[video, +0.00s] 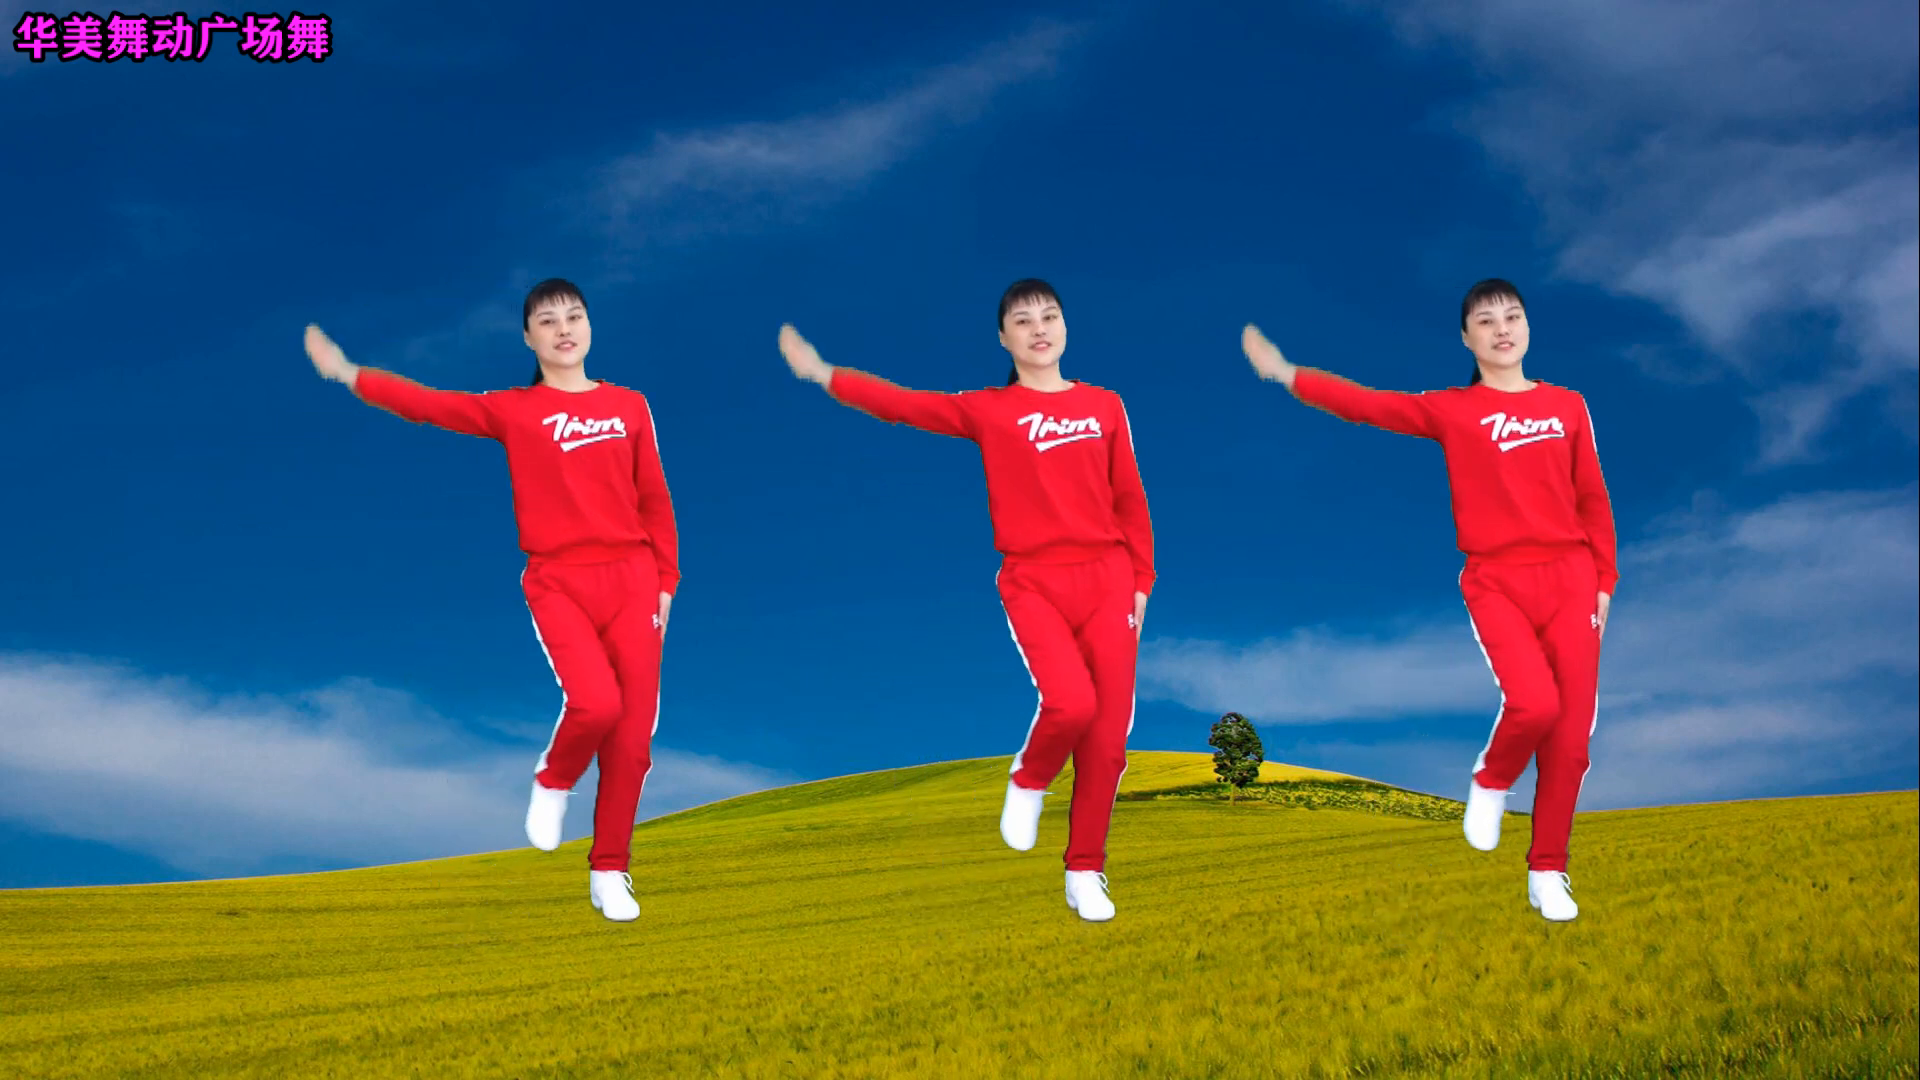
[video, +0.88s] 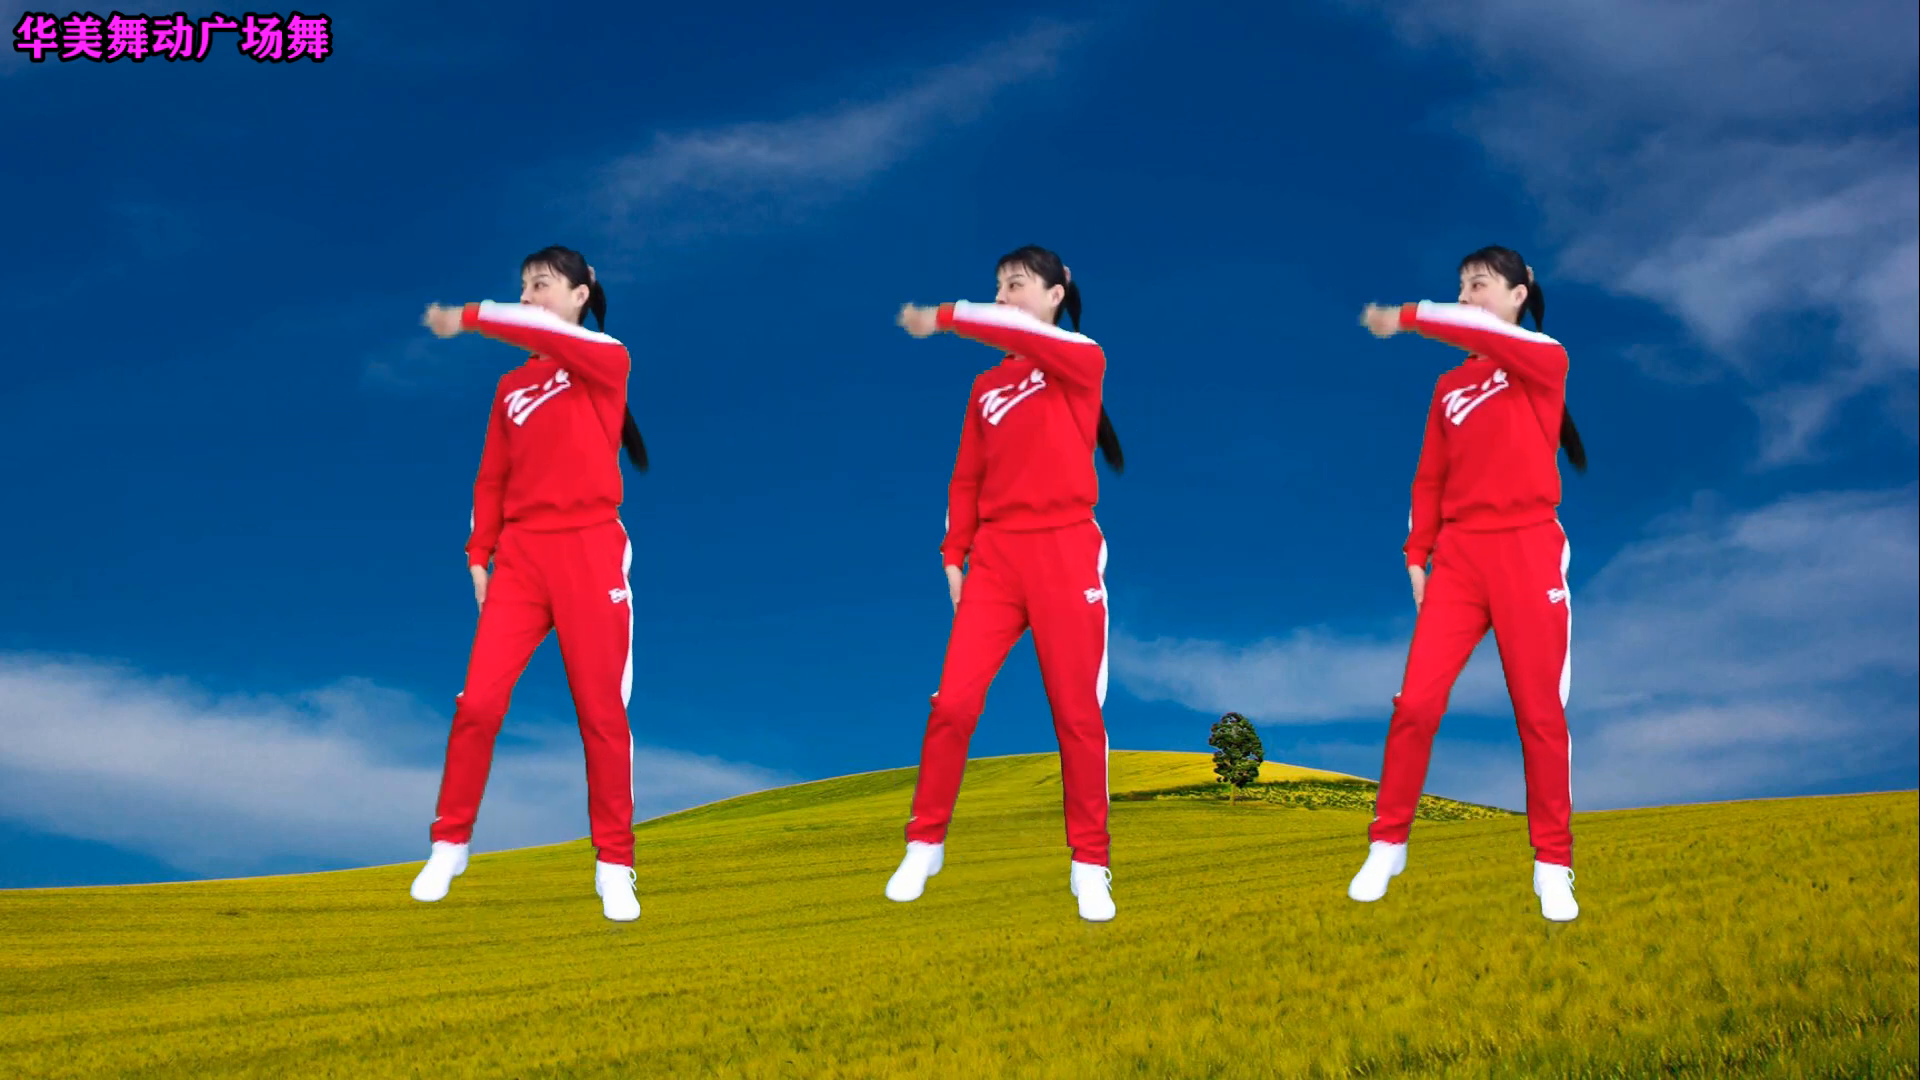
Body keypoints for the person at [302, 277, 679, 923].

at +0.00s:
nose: (564, 328)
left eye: (573, 317)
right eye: (549, 321)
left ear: (589, 328)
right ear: (530, 337)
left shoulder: (629, 404)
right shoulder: (512, 408)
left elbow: (656, 499)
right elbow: (425, 403)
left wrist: (667, 579)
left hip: (633, 573)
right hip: (557, 578)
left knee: (636, 728)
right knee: (598, 706)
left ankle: (610, 868)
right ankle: (553, 784)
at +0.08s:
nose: (568, 324)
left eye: (578, 313)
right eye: (554, 316)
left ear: (596, 324)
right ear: (537, 332)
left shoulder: (637, 398)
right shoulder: (516, 407)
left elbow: (666, 489)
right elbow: (435, 437)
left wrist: (684, 568)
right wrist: (351, 458)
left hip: (638, 569)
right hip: (561, 575)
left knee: (639, 727)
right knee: (598, 706)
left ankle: (611, 867)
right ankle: (574, 792)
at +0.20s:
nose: (573, 305)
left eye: (584, 294)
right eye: (560, 297)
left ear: (604, 305)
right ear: (544, 313)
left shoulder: (641, 375)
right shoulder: (527, 391)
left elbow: (691, 451)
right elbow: (479, 468)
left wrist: (730, 525)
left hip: (637, 559)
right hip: (561, 563)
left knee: (632, 720)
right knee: (584, 716)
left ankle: (619, 863)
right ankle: (578, 827)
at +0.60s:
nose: (554, 321)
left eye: (569, 310)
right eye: (550, 313)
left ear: (604, 324)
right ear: (547, 331)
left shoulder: (633, 401)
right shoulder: (531, 413)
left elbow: (674, 486)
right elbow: (509, 503)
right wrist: (493, 575)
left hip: (622, 578)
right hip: (548, 581)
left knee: (621, 729)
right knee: (541, 722)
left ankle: (612, 868)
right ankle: (555, 835)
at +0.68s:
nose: (548, 322)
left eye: (563, 312)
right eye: (545, 314)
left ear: (600, 324)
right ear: (544, 330)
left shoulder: (628, 398)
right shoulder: (532, 413)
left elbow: (622, 489)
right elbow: (511, 503)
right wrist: (496, 578)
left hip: (619, 577)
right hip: (549, 579)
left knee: (619, 730)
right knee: (521, 711)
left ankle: (612, 867)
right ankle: (532, 821)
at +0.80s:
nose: (537, 305)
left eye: (552, 293)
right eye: (534, 297)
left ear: (591, 304)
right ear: (533, 314)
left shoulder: (619, 370)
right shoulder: (518, 393)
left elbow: (556, 387)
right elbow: (504, 484)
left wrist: (468, 408)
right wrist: (492, 561)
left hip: (604, 558)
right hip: (531, 561)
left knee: (609, 717)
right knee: (492, 698)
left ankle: (614, 863)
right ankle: (484, 828)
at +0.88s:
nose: (530, 294)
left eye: (544, 282)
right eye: (525, 287)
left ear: (582, 294)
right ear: (523, 299)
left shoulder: (609, 359)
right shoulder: (511, 386)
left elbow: (550, 331)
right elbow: (492, 477)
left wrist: (468, 316)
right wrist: (480, 555)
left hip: (591, 550)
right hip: (518, 554)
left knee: (603, 716)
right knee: (476, 705)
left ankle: (615, 862)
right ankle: (448, 846)